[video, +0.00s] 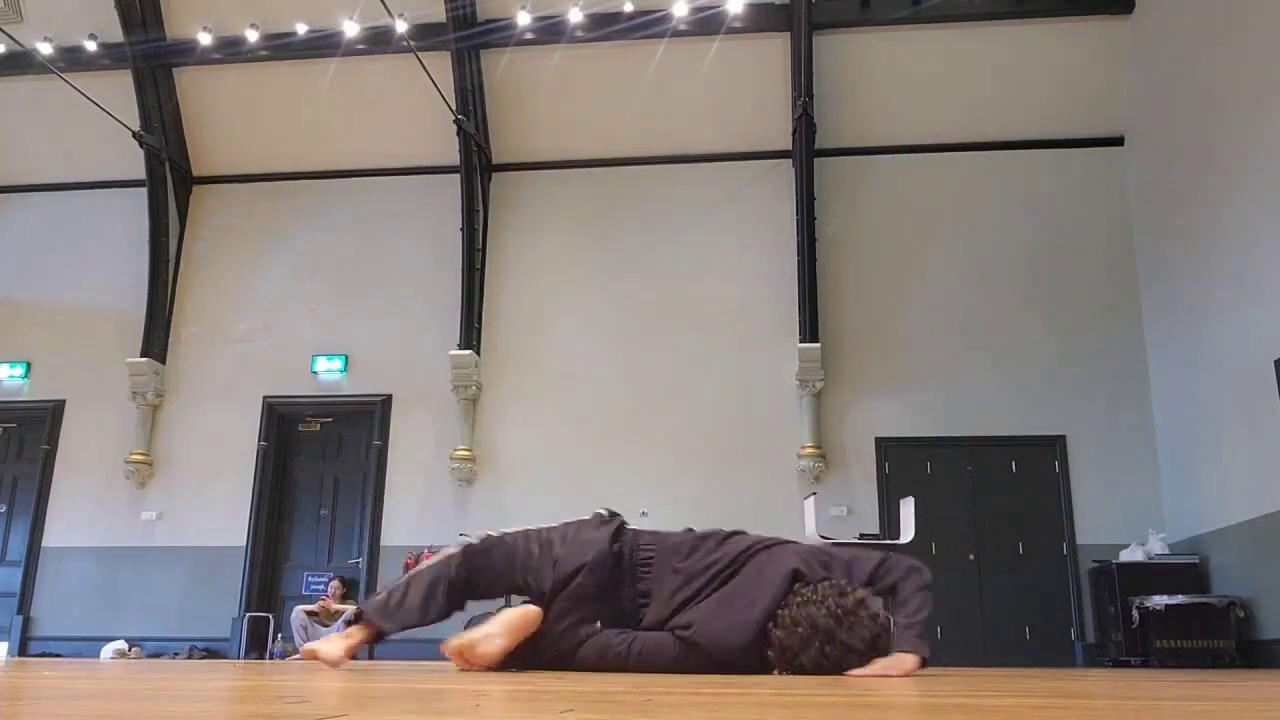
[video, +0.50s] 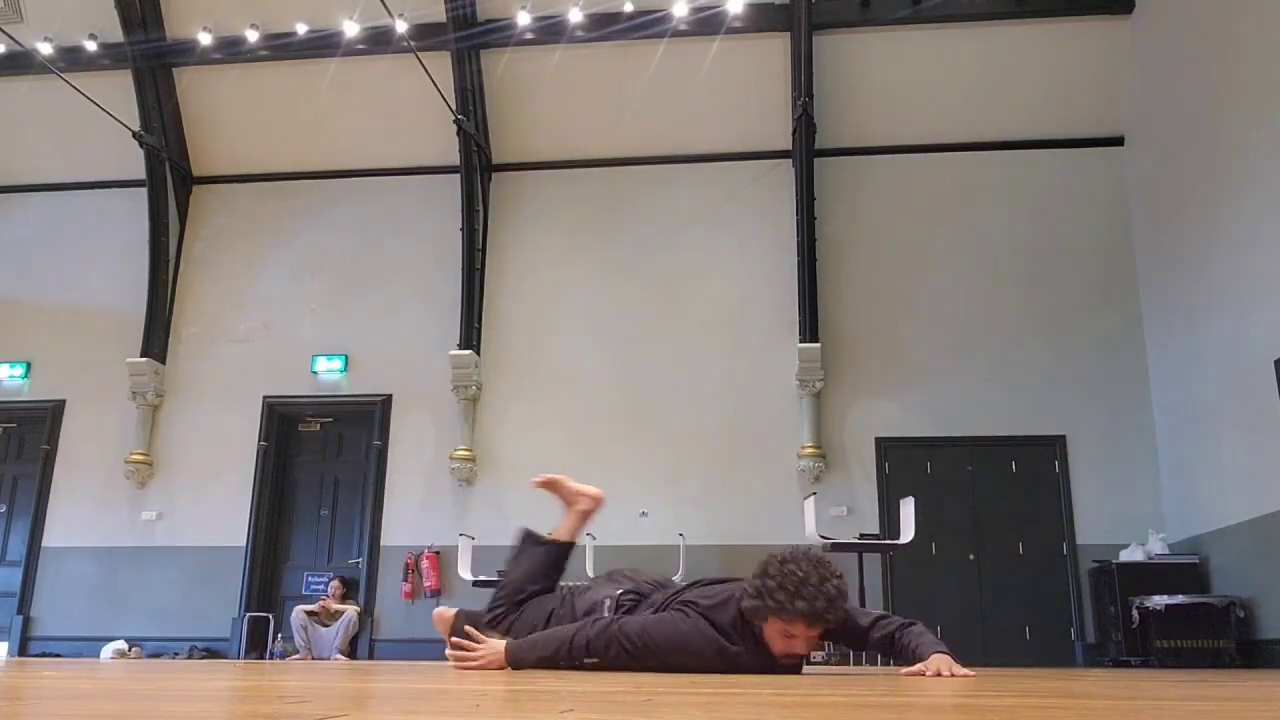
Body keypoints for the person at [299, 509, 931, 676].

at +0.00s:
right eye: (843, 673)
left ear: (852, 595)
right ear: (788, 661)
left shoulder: (841, 573)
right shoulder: (718, 645)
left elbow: (912, 570)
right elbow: (596, 650)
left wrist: (911, 649)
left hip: (611, 556)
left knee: (471, 562)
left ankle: (358, 630)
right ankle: (529, 630)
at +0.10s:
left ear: (861, 615)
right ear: (783, 646)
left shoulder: (848, 593)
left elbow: (916, 597)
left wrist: (929, 655)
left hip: (625, 622)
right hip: (621, 562)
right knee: (462, 609)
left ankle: (463, 625)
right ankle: (377, 617)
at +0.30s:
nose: (838, 655)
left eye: (841, 643)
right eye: (830, 649)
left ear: (838, 623)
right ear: (798, 643)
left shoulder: (813, 605)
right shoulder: (716, 642)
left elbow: (883, 632)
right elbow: (614, 642)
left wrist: (927, 655)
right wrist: (522, 659)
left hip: (626, 597)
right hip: (597, 611)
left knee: (515, 631)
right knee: (466, 632)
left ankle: (450, 634)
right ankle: (510, 513)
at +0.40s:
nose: (817, 653)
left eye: (823, 641)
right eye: (805, 642)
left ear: (831, 622)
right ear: (774, 624)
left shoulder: (814, 609)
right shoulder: (713, 642)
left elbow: (883, 630)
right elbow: (606, 645)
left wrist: (928, 655)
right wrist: (511, 655)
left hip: (622, 606)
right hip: (585, 615)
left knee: (494, 645)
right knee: (476, 638)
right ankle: (543, 515)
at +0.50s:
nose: (803, 646)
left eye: (813, 636)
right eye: (791, 635)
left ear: (825, 621)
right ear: (762, 614)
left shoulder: (816, 613)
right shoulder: (701, 635)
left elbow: (888, 630)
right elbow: (592, 642)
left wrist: (927, 654)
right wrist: (506, 654)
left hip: (637, 604)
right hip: (593, 611)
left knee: (543, 627)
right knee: (496, 626)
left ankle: (460, 619)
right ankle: (573, 514)